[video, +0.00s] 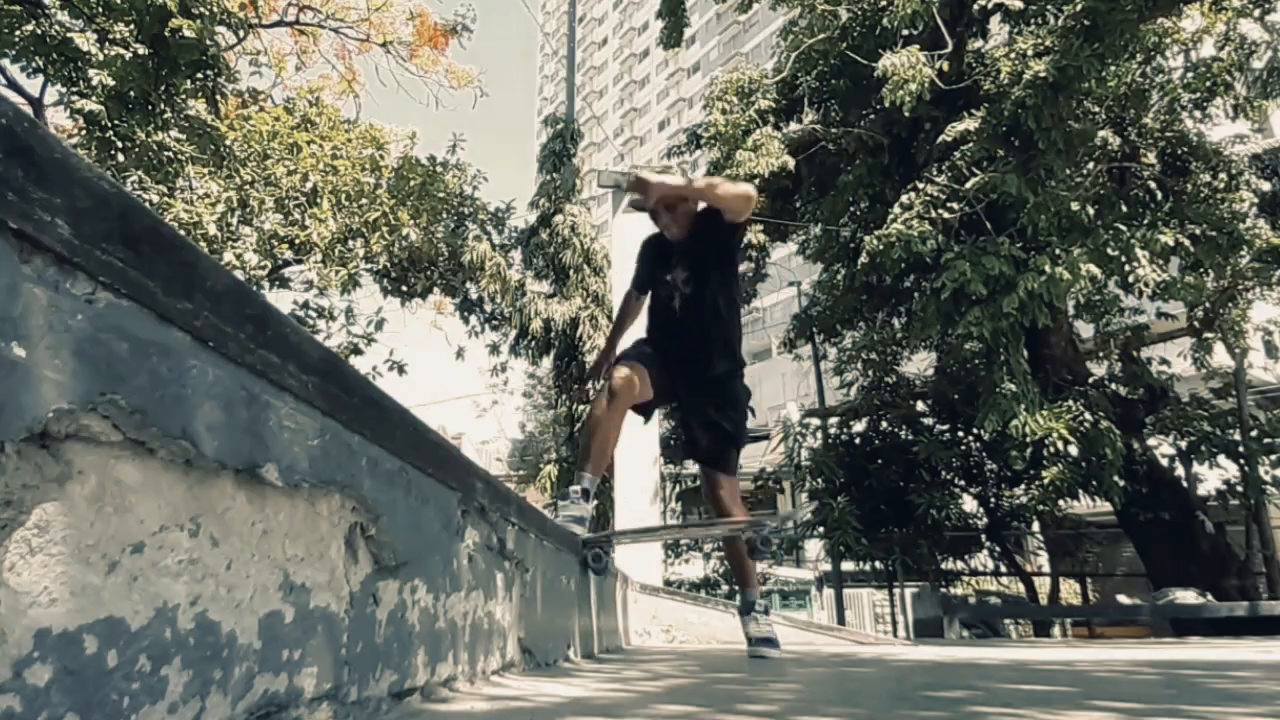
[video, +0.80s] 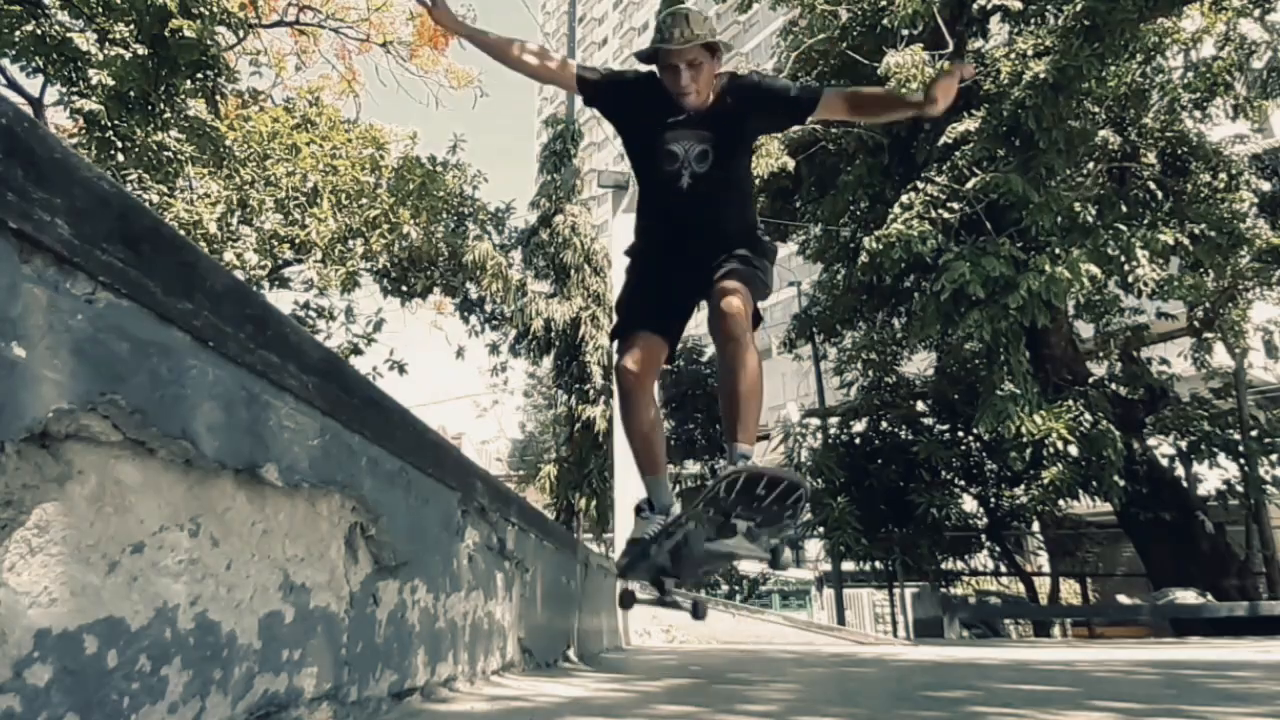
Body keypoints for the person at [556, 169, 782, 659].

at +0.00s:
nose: (661, 219)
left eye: (667, 209)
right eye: (654, 211)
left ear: (686, 204)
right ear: (651, 214)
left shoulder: (719, 231)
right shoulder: (654, 248)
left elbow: (747, 198)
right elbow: (634, 299)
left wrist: (692, 189)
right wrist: (610, 349)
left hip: (716, 371)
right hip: (664, 359)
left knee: (722, 493)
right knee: (619, 384)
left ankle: (753, 605)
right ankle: (583, 496)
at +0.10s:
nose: (650, 185)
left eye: (656, 173)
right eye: (643, 177)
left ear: (679, 165)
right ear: (642, 177)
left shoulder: (714, 184)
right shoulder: (642, 211)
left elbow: (755, 135)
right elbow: (628, 262)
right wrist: (610, 316)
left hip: (716, 336)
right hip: (657, 330)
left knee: (722, 449)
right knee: (616, 376)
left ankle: (735, 560)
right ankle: (581, 492)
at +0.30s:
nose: (653, 156)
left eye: (660, 145)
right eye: (644, 149)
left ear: (682, 135)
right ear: (638, 149)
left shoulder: (717, 151)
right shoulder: (636, 182)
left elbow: (775, 97)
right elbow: (607, 232)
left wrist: (726, 52)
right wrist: (575, 275)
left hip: (718, 303)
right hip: (656, 302)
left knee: (722, 394)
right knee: (618, 377)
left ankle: (718, 486)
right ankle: (574, 490)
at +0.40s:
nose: (660, 128)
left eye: (667, 116)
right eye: (650, 120)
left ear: (689, 105)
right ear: (640, 119)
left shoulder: (725, 127)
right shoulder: (634, 157)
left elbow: (792, 77)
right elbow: (585, 193)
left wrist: (790, 25)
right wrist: (535, 221)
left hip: (720, 278)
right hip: (655, 283)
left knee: (738, 327)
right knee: (620, 364)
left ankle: (711, 428)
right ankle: (567, 488)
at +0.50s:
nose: (660, 106)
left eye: (668, 94)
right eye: (651, 96)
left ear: (695, 85)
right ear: (643, 93)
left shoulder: (731, 107)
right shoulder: (632, 130)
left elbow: (812, 65)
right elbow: (561, 150)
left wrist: (849, 17)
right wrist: (492, 156)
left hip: (725, 256)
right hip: (659, 264)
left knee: (744, 290)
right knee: (616, 358)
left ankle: (717, 417)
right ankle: (577, 485)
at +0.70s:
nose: (675, 83)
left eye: (685, 70)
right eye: (664, 72)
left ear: (709, 62)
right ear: (653, 70)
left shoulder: (744, 94)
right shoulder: (633, 99)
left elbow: (841, 82)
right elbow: (546, 79)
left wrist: (913, 57)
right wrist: (462, 55)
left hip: (731, 248)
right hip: (661, 255)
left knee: (735, 298)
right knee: (626, 355)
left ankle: (739, 447)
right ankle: (640, 492)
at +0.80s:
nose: (681, 83)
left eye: (692, 70)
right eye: (670, 70)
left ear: (717, 64)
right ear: (657, 64)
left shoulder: (749, 96)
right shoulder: (633, 91)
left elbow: (842, 105)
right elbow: (541, 65)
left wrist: (922, 102)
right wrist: (461, 29)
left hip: (732, 247)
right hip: (660, 256)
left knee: (731, 309)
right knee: (632, 368)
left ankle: (743, 465)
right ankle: (661, 508)